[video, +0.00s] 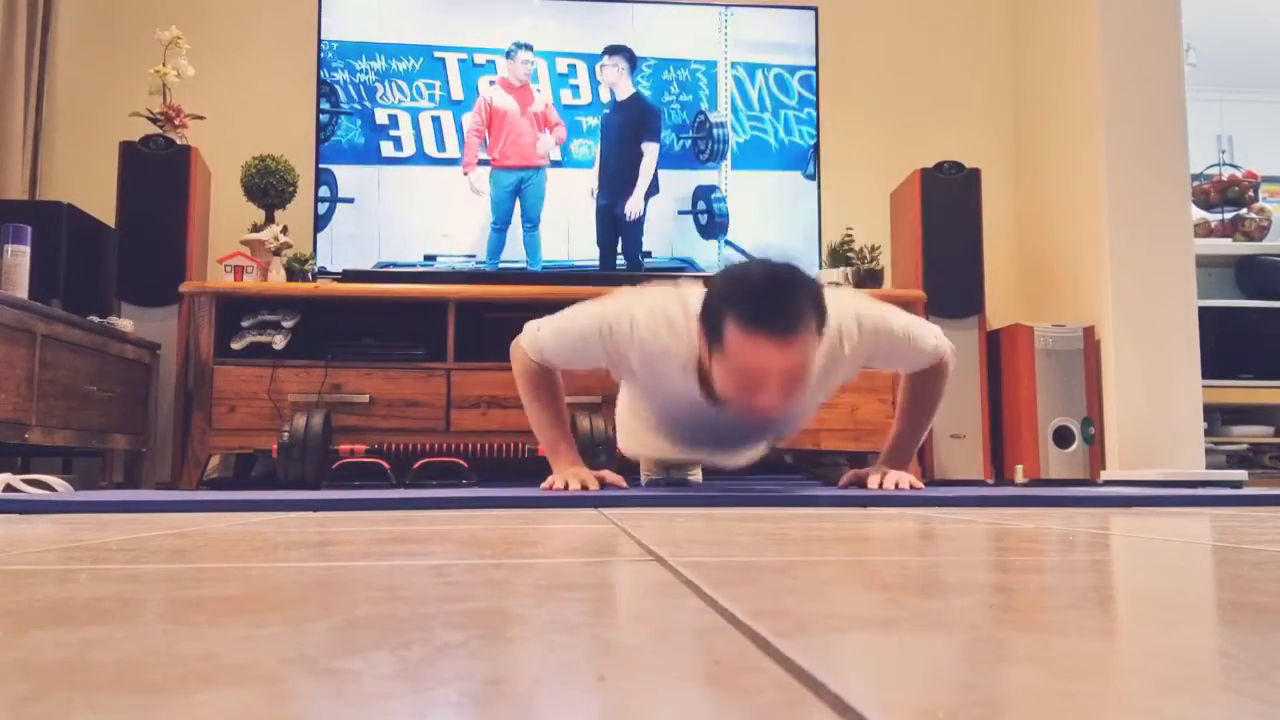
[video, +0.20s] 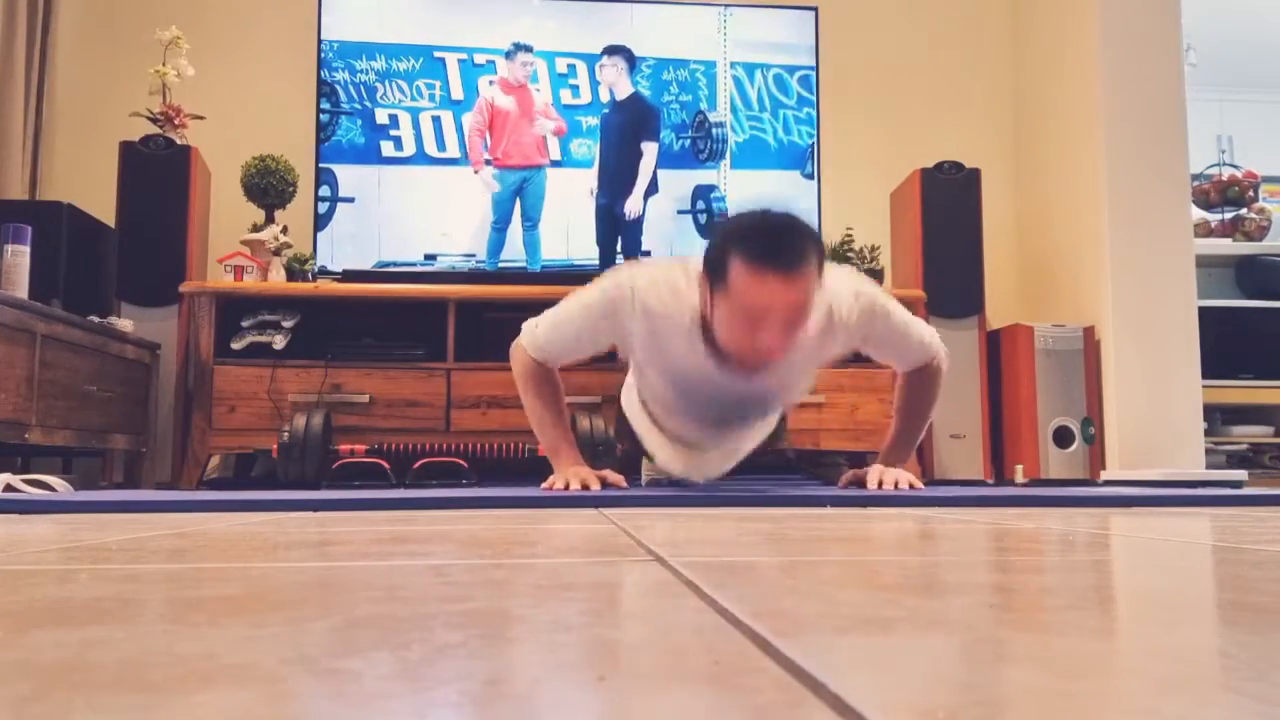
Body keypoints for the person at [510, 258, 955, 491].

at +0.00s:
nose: (768, 401)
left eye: (787, 383)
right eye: (749, 382)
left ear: (815, 349)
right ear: (707, 348)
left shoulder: (845, 324)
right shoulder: (640, 325)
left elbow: (935, 353)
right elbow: (528, 350)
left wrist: (894, 463)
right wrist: (565, 462)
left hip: (756, 456)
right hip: (655, 456)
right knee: (664, 574)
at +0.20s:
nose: (769, 342)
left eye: (790, 323)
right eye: (752, 320)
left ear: (812, 303)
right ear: (709, 294)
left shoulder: (845, 301)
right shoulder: (636, 294)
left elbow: (927, 360)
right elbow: (529, 352)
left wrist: (895, 460)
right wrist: (567, 463)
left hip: (755, 447)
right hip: (639, 448)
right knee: (634, 578)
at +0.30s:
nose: (760, 204)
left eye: (780, 183)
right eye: (744, 180)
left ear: (798, 176)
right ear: (702, 162)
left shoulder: (834, 225)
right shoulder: (634, 215)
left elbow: (898, 340)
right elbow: (557, 336)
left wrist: (888, 458)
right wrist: (571, 464)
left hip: (748, 379)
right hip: (650, 373)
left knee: (703, 425)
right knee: (653, 427)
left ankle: (683, 443)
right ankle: (661, 444)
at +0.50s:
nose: (759, 118)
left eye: (778, 95)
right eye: (740, 91)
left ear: (797, 86)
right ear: (701, 74)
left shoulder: (822, 160)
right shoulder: (637, 142)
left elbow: (901, 296)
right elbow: (552, 271)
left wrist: (959, 429)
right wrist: (497, 406)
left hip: (750, 343)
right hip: (655, 335)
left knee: (705, 410)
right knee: (656, 411)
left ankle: (684, 440)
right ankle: (659, 446)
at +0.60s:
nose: (763, 270)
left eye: (782, 250)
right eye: (747, 247)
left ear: (808, 236)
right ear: (711, 231)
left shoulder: (842, 259)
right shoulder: (633, 254)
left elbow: (948, 341)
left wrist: (967, 459)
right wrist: (471, 460)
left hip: (747, 401)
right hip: (650, 392)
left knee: (711, 427)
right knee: (654, 423)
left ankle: (690, 446)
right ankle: (662, 447)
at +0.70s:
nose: (782, 413)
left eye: (799, 396)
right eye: (763, 396)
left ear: (825, 361)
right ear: (713, 359)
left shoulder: (846, 340)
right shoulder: (639, 337)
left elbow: (953, 344)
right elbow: (497, 335)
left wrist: (972, 460)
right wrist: (469, 460)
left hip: (760, 477)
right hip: (643, 473)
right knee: (630, 584)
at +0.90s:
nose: (766, 365)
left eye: (786, 344)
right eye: (748, 343)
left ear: (814, 319)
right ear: (705, 316)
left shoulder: (841, 314)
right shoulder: (639, 310)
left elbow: (945, 341)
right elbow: (498, 335)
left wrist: (972, 459)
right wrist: (471, 461)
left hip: (746, 470)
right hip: (640, 464)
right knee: (626, 578)